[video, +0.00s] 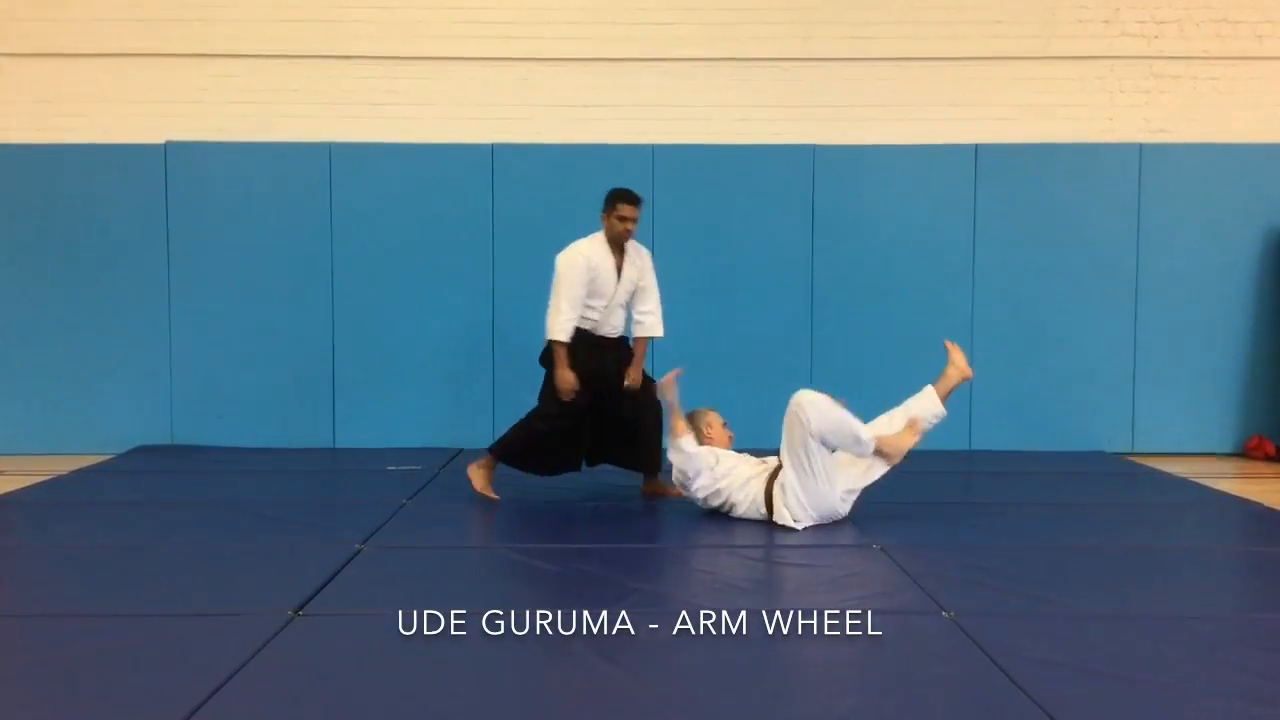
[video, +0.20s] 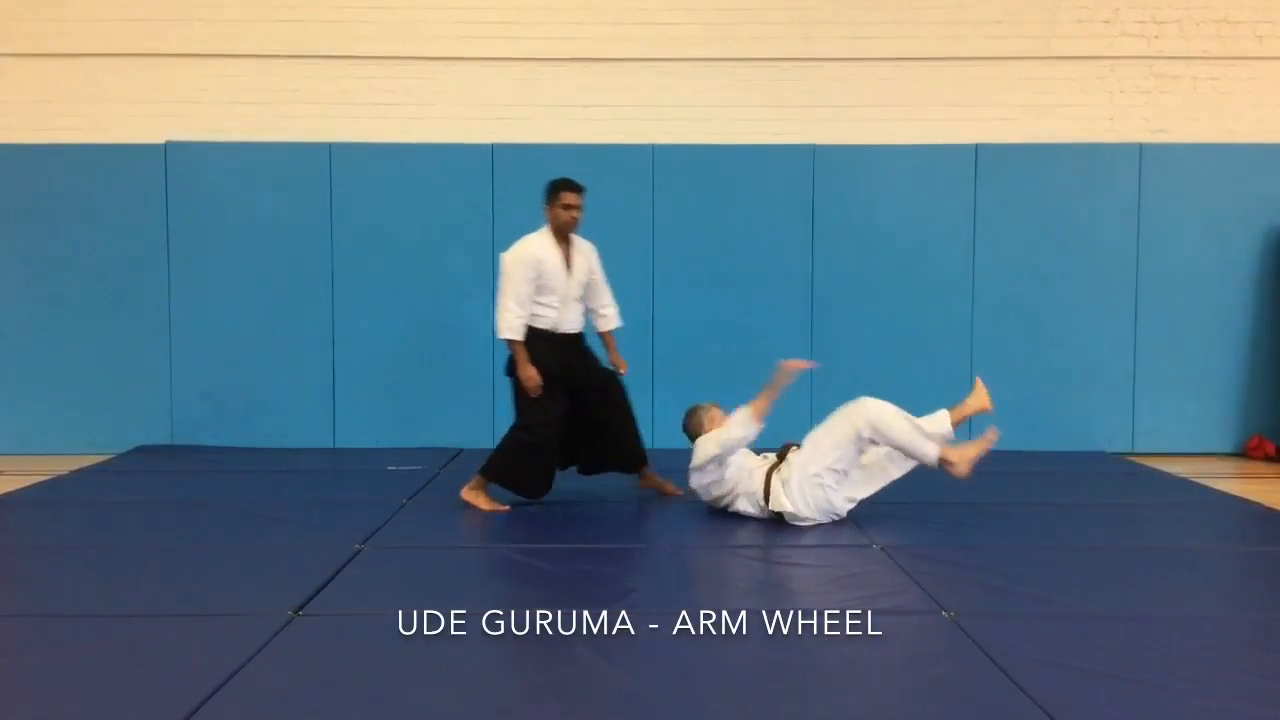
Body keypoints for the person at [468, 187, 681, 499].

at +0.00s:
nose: (629, 227)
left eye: (634, 221)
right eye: (623, 220)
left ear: (638, 222)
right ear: (605, 218)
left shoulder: (640, 257)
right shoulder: (577, 255)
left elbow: (645, 312)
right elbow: (560, 312)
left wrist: (637, 362)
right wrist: (561, 365)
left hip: (613, 350)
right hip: (575, 346)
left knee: (647, 400)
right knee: (552, 415)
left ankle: (652, 482)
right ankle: (485, 465)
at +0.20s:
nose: (574, 215)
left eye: (578, 209)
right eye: (567, 208)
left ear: (582, 212)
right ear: (548, 209)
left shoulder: (586, 251)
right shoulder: (523, 253)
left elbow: (600, 304)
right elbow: (511, 312)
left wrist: (613, 351)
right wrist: (522, 362)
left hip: (573, 347)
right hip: (536, 346)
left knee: (612, 395)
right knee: (537, 421)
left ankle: (645, 475)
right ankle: (476, 486)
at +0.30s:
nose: (552, 207)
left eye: (555, 201)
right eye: (544, 201)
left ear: (558, 204)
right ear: (525, 203)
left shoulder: (561, 246)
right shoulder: (500, 248)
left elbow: (574, 301)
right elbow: (488, 309)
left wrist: (590, 348)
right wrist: (501, 360)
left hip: (552, 341)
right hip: (514, 341)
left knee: (588, 399)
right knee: (518, 418)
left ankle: (610, 478)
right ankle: (475, 488)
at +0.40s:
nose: (536, 192)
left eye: (538, 186)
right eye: (528, 186)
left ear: (540, 190)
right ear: (507, 192)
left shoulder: (544, 234)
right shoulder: (485, 236)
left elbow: (554, 291)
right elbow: (466, 295)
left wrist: (572, 334)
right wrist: (485, 340)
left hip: (535, 331)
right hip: (498, 331)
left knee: (560, 398)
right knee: (495, 411)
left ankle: (565, 481)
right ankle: (475, 488)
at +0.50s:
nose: (527, 174)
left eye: (528, 168)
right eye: (519, 169)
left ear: (527, 173)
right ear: (498, 175)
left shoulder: (533, 217)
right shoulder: (475, 217)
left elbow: (543, 269)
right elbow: (453, 268)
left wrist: (570, 303)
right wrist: (487, 306)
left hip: (518, 316)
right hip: (481, 315)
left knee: (526, 389)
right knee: (482, 395)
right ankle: (472, 481)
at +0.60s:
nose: (516, 171)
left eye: (517, 166)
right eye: (508, 166)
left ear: (516, 172)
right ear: (486, 172)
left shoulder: (521, 217)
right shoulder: (463, 213)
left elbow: (542, 256)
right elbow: (449, 261)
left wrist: (570, 273)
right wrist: (494, 281)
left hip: (502, 317)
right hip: (468, 314)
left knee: (492, 397)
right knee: (464, 395)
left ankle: (461, 483)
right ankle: (437, 482)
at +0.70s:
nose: (503, 183)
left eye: (502, 176)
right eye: (495, 177)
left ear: (495, 183)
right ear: (473, 183)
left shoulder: (504, 228)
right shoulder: (451, 225)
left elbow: (536, 257)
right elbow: (455, 277)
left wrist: (570, 262)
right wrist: (502, 272)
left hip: (487, 330)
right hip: (454, 327)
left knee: (477, 412)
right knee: (436, 406)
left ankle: (454, 491)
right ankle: (385, 484)